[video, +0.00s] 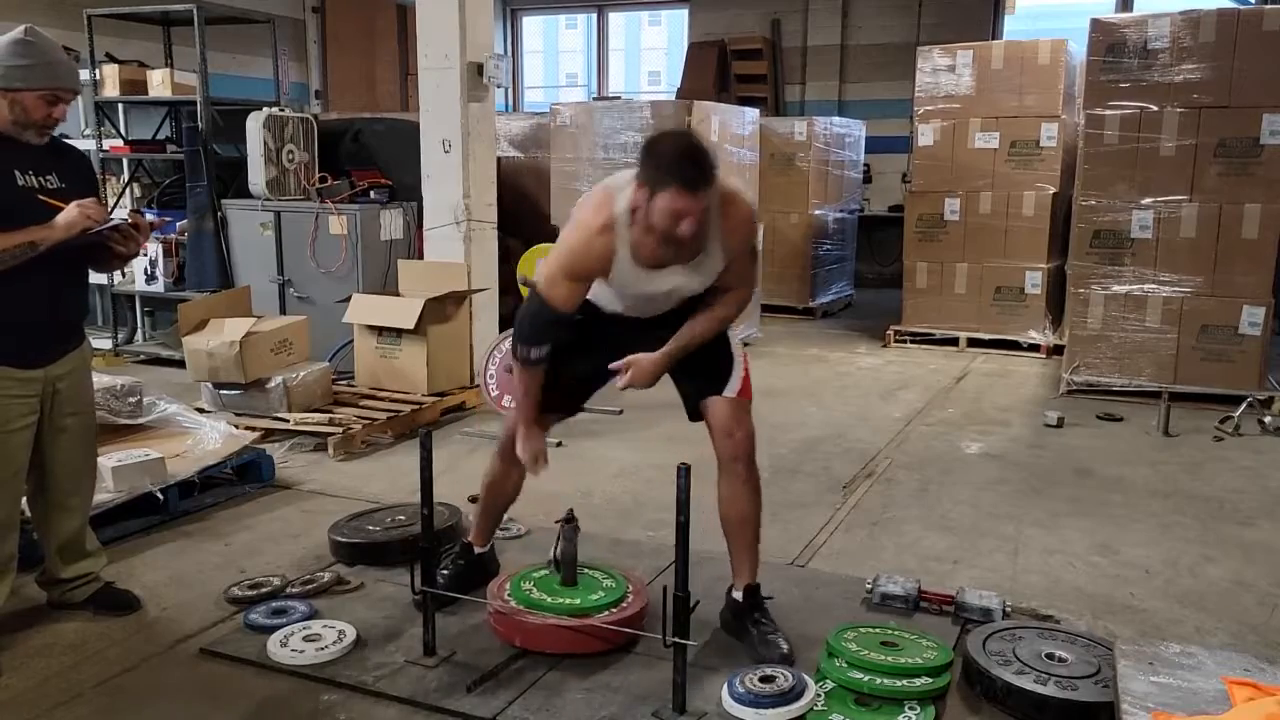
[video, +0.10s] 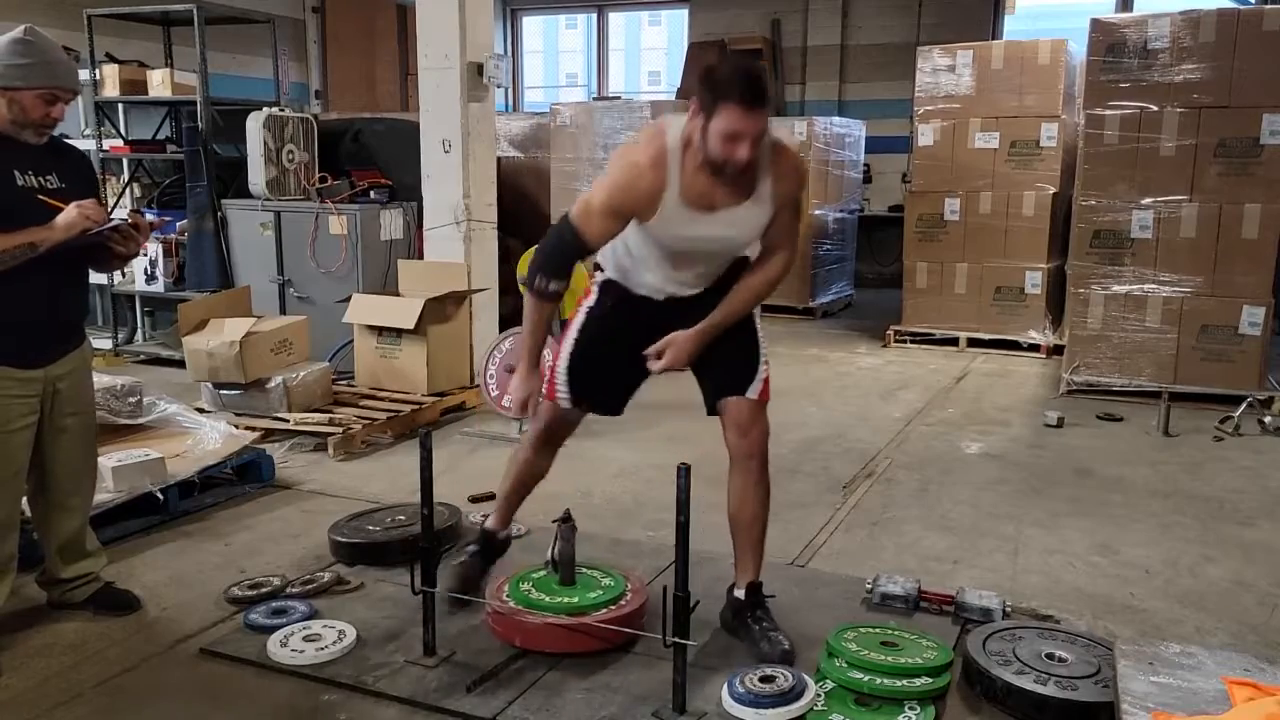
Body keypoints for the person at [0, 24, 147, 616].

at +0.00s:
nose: (61, 113)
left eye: (67, 101)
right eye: (51, 100)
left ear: (67, 98)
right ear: (11, 94)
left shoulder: (72, 161)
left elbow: (85, 253)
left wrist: (120, 251)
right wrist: (51, 231)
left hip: (67, 352)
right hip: (7, 361)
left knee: (69, 476)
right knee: (7, 492)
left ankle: (73, 581)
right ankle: (1, 598)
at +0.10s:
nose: (60, 113)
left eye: (66, 101)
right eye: (49, 100)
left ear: (67, 98)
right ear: (10, 92)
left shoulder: (72, 161)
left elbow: (85, 253)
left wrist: (120, 251)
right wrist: (53, 232)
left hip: (67, 352)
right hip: (7, 360)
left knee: (70, 477)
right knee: (7, 492)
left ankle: (74, 581)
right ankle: (1, 599)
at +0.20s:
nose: (58, 112)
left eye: (64, 100)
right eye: (47, 98)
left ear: (66, 97)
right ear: (9, 91)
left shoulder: (72, 160)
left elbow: (90, 253)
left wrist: (123, 250)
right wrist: (53, 233)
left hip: (67, 351)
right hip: (7, 360)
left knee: (70, 476)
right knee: (8, 491)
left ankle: (73, 580)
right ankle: (0, 599)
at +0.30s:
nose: (56, 111)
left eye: (63, 99)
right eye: (45, 98)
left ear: (65, 96)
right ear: (6, 90)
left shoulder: (71, 161)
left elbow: (89, 253)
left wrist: (121, 250)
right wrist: (53, 232)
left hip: (67, 350)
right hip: (6, 360)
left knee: (70, 476)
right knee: (6, 492)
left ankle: (73, 580)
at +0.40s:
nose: (56, 110)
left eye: (62, 99)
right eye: (45, 97)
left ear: (64, 97)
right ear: (7, 91)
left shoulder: (72, 161)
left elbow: (88, 254)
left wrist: (121, 251)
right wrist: (52, 232)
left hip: (68, 351)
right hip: (6, 360)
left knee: (70, 476)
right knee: (6, 491)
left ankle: (73, 580)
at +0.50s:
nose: (54, 110)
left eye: (61, 98)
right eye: (43, 97)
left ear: (64, 96)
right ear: (7, 90)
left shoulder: (71, 160)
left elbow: (87, 253)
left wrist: (120, 250)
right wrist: (53, 232)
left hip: (68, 351)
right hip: (7, 360)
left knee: (70, 475)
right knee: (7, 491)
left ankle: (73, 580)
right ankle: (0, 599)